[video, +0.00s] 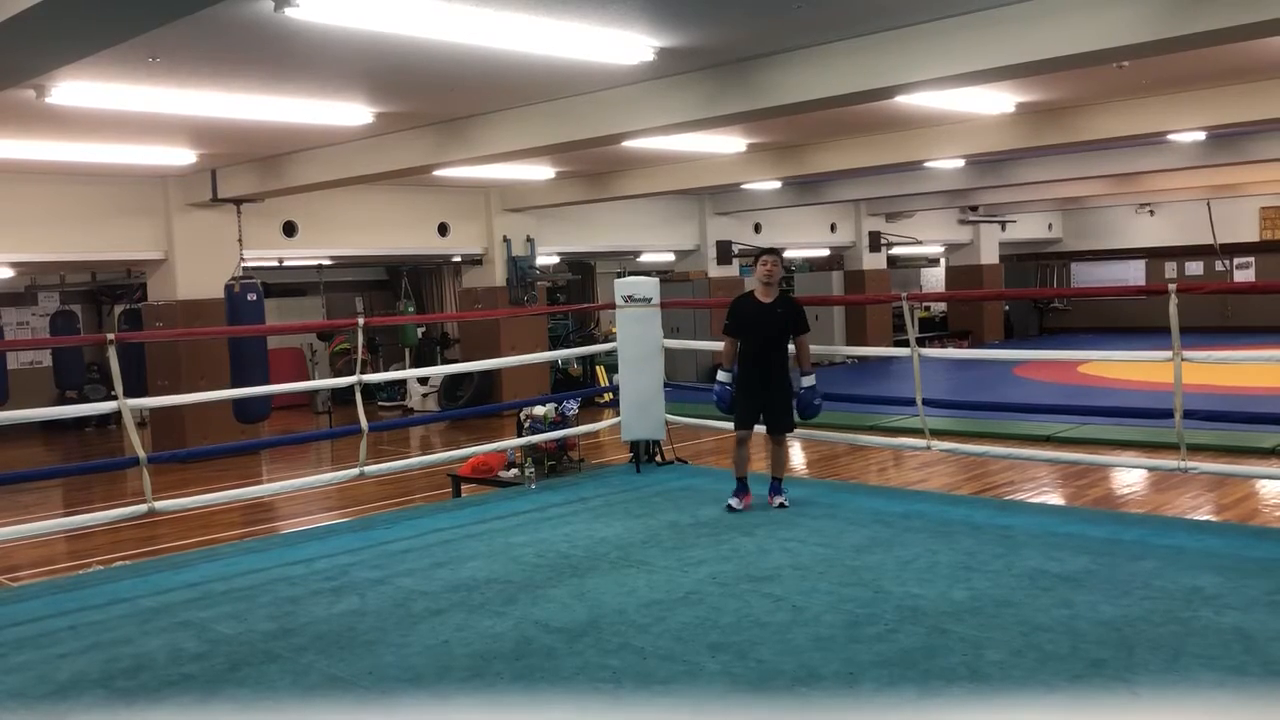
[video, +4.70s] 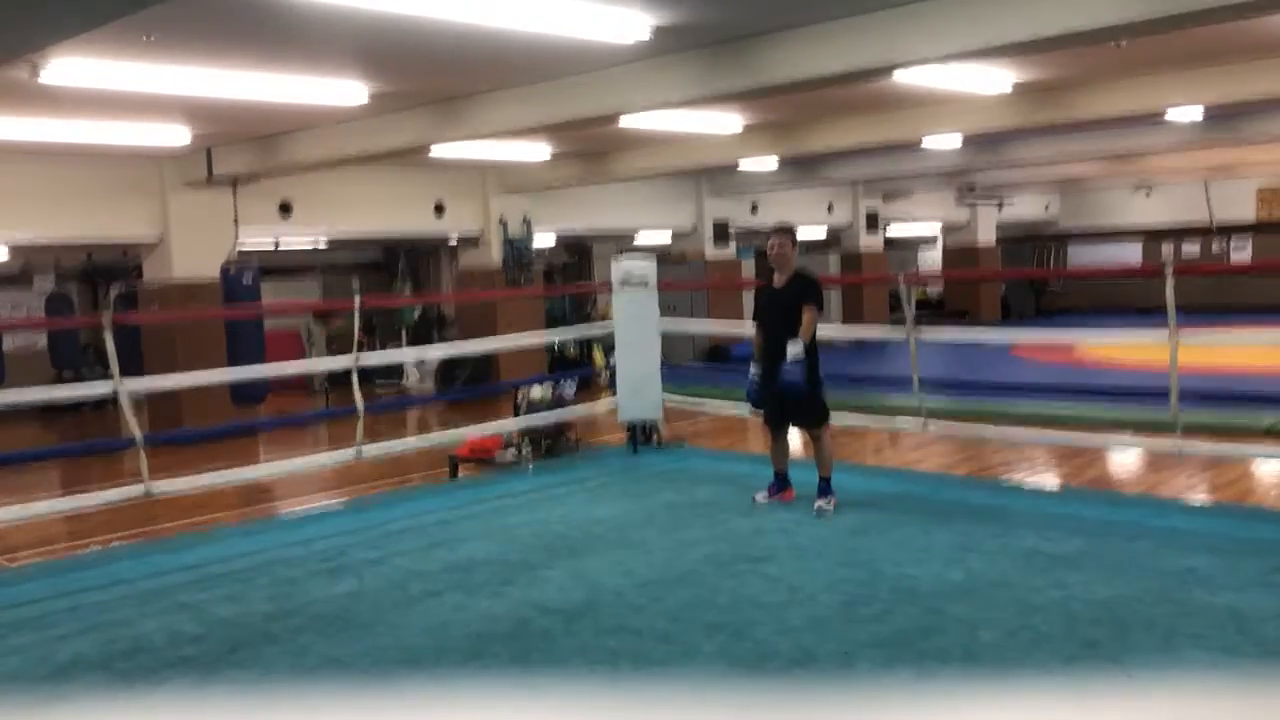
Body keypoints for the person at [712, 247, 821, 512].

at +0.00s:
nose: (768, 268)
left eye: (774, 264)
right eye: (763, 264)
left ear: (782, 272)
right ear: (755, 270)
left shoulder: (791, 306)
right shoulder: (740, 304)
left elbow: (802, 345)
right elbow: (730, 343)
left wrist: (808, 383)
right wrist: (723, 380)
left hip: (778, 382)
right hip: (746, 382)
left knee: (778, 439)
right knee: (741, 437)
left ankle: (776, 490)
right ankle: (741, 490)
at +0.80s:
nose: (754, 266)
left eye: (760, 261)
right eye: (750, 262)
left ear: (772, 267)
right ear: (745, 268)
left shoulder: (789, 301)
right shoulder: (737, 308)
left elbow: (804, 342)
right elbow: (734, 350)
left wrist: (815, 381)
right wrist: (733, 387)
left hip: (788, 382)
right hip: (754, 387)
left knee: (809, 440)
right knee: (757, 446)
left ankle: (814, 493)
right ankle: (765, 501)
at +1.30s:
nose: (791, 261)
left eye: (797, 256)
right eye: (787, 256)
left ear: (812, 262)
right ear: (783, 262)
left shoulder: (826, 301)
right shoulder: (772, 299)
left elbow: (839, 343)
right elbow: (760, 343)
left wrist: (845, 385)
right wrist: (751, 382)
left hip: (815, 386)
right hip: (779, 386)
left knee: (823, 446)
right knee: (769, 442)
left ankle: (829, 503)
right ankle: (766, 498)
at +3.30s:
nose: (773, 251)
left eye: (779, 246)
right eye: (769, 246)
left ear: (792, 250)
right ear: (764, 251)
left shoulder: (807, 287)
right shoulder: (759, 290)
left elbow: (818, 331)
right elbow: (752, 335)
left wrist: (818, 373)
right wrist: (747, 376)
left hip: (801, 374)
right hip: (769, 374)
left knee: (812, 433)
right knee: (772, 431)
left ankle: (821, 491)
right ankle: (777, 486)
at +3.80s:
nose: (777, 250)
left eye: (783, 245)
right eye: (772, 245)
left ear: (795, 249)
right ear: (767, 251)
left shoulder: (810, 284)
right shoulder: (761, 290)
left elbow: (820, 318)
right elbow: (754, 333)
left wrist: (810, 351)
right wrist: (750, 375)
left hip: (801, 367)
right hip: (770, 369)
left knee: (816, 431)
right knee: (775, 430)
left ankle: (825, 490)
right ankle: (781, 485)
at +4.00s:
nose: (778, 250)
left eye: (785, 245)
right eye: (774, 245)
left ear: (797, 250)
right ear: (769, 251)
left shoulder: (810, 281)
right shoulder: (762, 289)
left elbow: (812, 303)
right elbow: (755, 333)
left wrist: (795, 310)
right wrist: (750, 375)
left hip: (804, 370)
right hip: (773, 371)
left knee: (816, 431)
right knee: (776, 429)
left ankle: (826, 491)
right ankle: (781, 485)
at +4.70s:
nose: (775, 251)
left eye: (782, 246)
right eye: (772, 246)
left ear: (794, 249)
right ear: (766, 251)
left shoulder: (807, 283)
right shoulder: (763, 290)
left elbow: (810, 318)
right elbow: (759, 331)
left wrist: (799, 349)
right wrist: (756, 367)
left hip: (802, 365)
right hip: (771, 365)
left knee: (815, 427)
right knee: (775, 427)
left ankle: (825, 488)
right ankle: (781, 483)